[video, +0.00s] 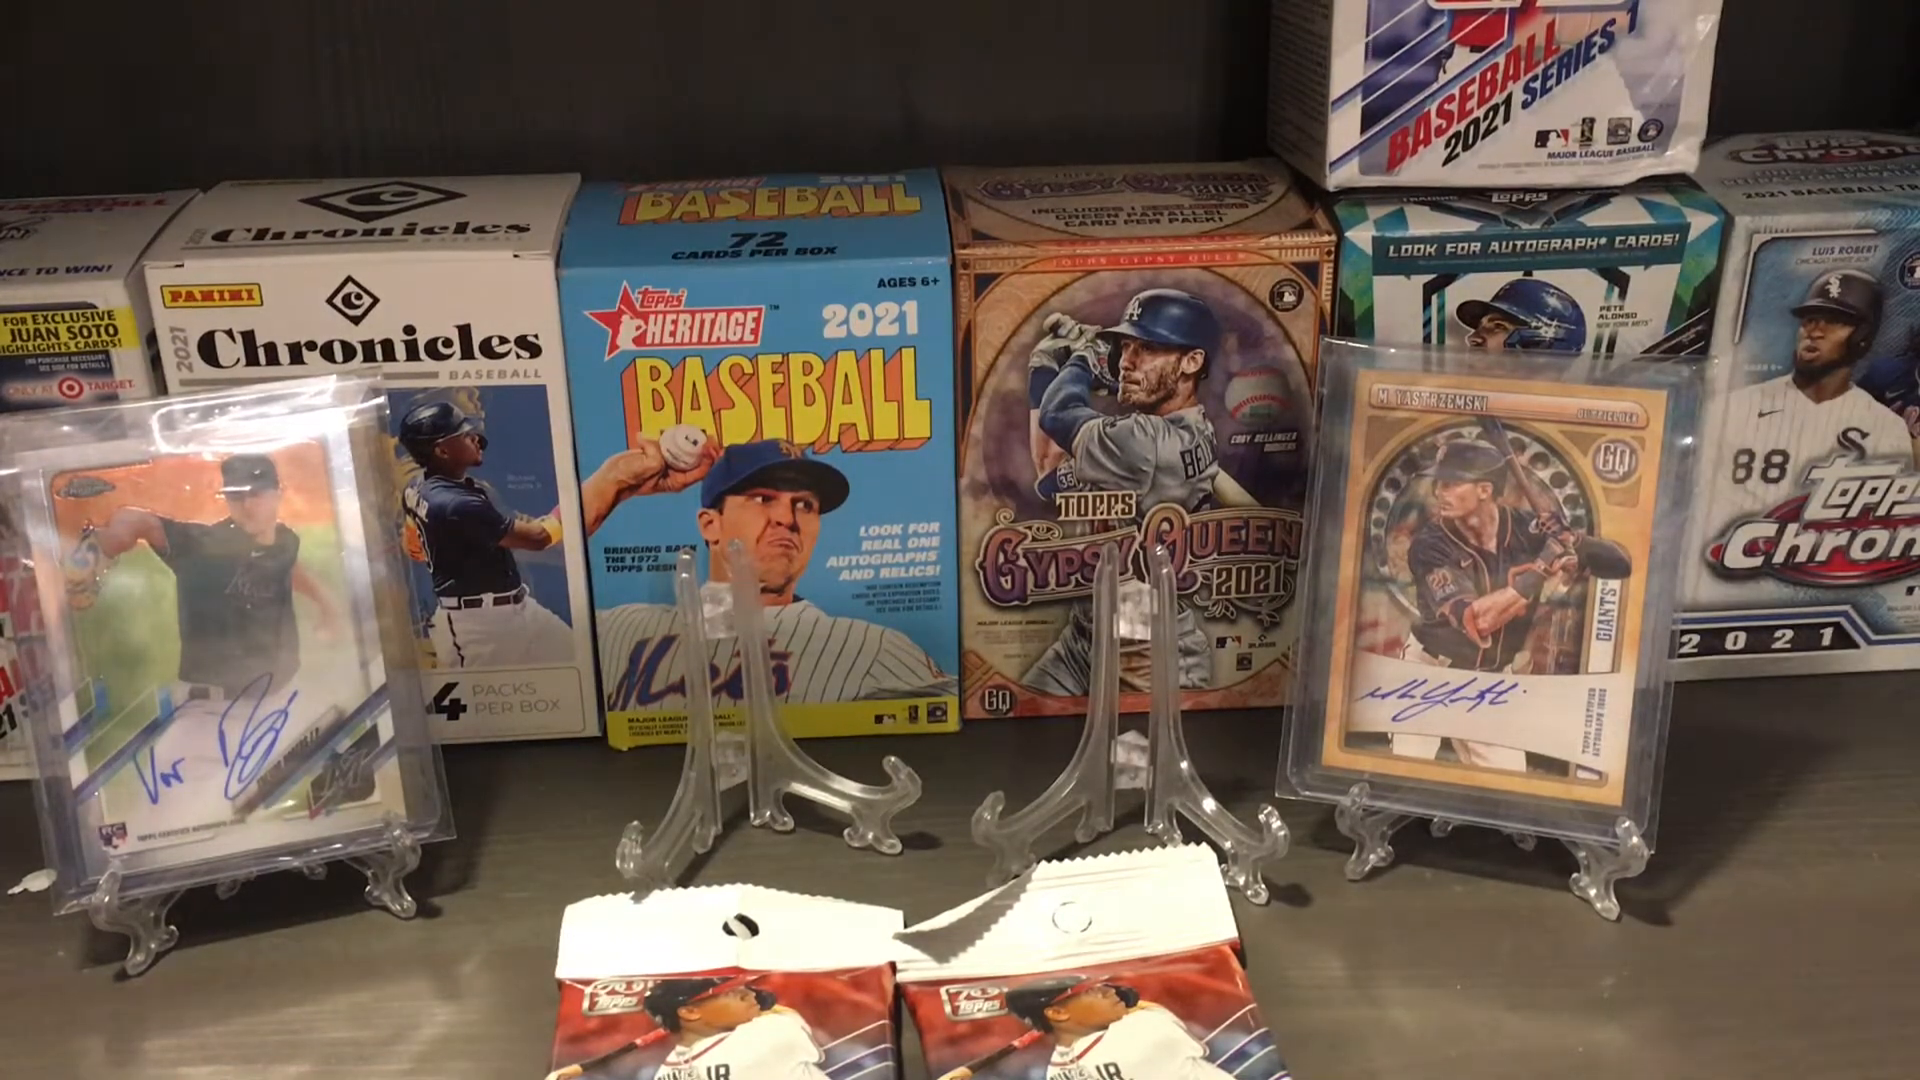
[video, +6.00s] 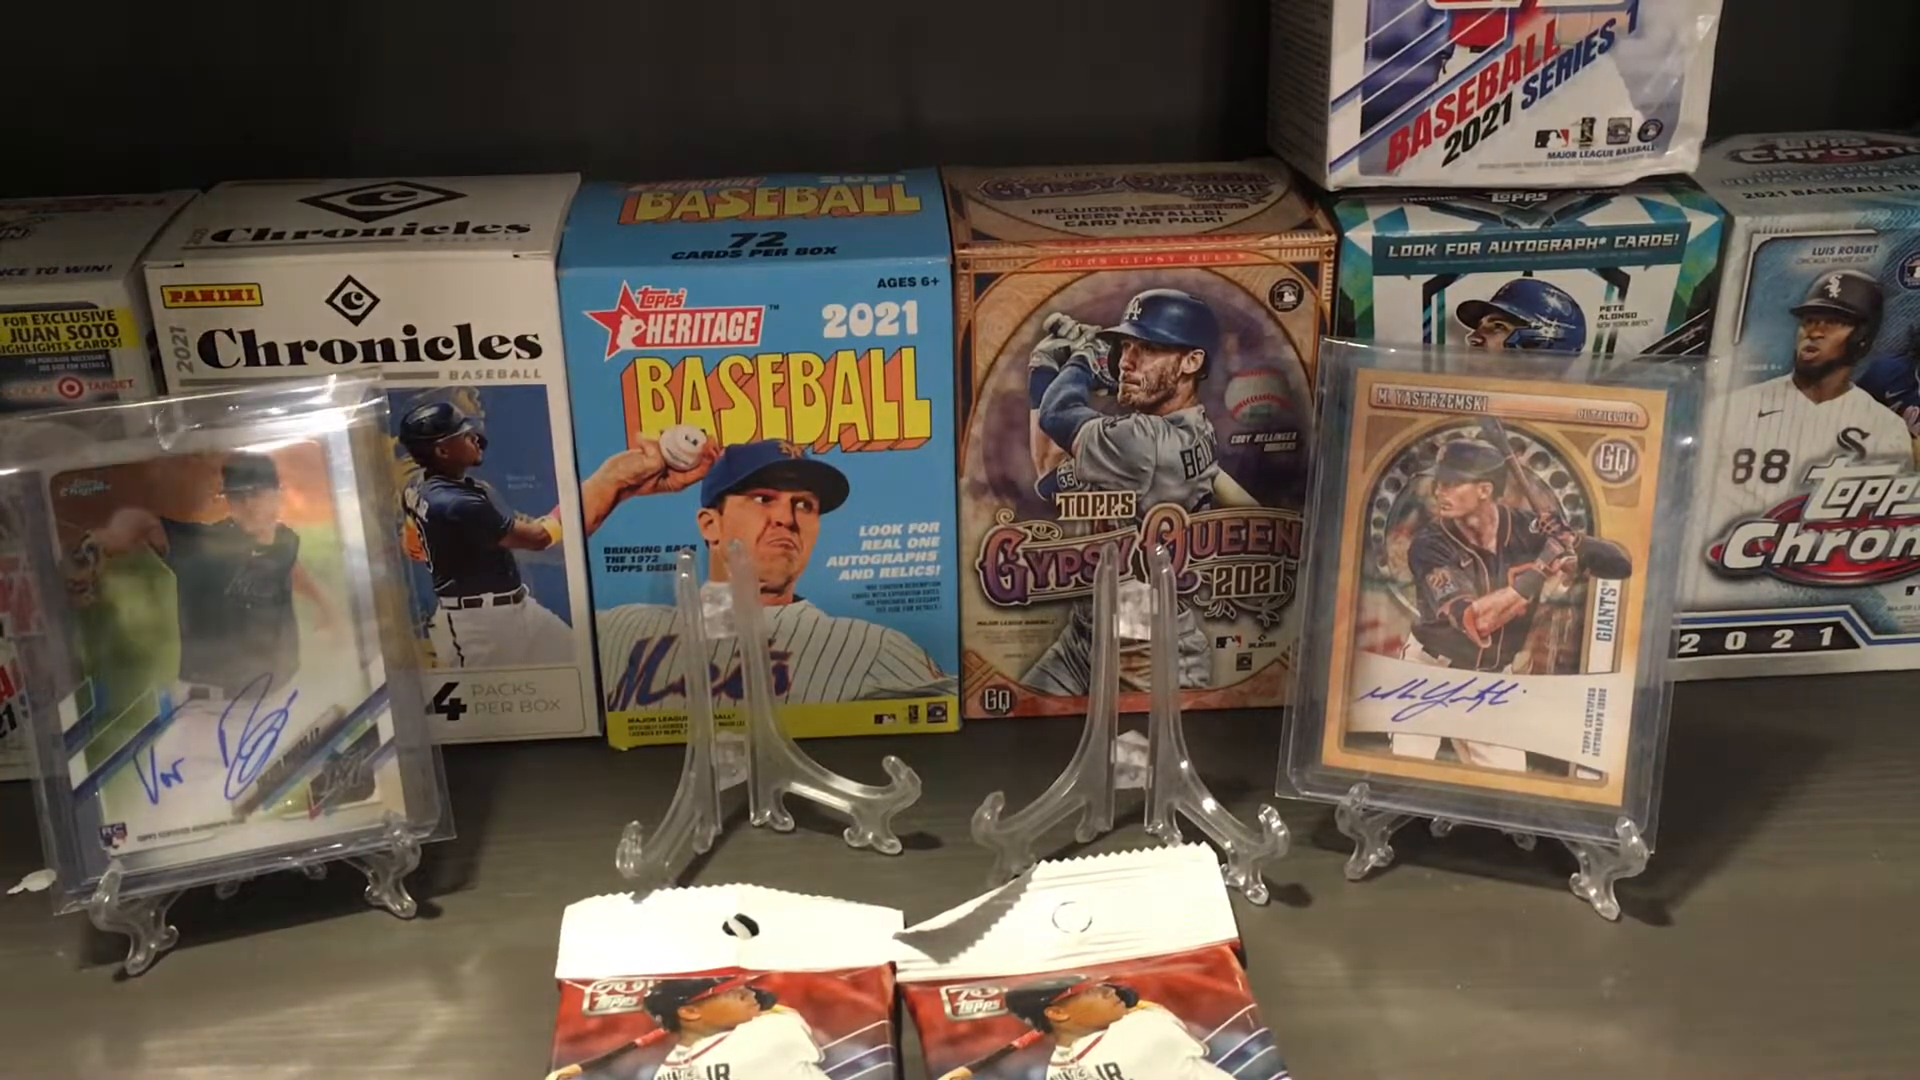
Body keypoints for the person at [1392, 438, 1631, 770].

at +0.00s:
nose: (1439, 492)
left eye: (1451, 484)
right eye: (1439, 483)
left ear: (1484, 491)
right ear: (1436, 486)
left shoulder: (1527, 528)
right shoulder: (1430, 541)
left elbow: (1622, 564)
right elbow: (1471, 621)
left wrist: (1574, 548)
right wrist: (1537, 572)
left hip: (1494, 677)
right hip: (1428, 669)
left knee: (1509, 789)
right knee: (1412, 772)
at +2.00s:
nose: (1439, 492)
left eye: (1451, 484)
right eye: (1439, 484)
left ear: (1484, 491)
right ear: (1435, 487)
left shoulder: (1526, 528)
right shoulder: (1430, 542)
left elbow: (1622, 564)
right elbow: (1475, 623)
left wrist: (1577, 551)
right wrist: (1539, 571)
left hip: (1495, 677)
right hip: (1429, 670)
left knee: (1509, 792)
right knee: (1410, 775)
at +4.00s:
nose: (1439, 492)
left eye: (1451, 484)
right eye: (1439, 483)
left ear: (1484, 490)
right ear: (1436, 486)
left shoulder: (1527, 528)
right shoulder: (1430, 540)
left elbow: (1622, 562)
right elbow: (1474, 622)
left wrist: (1574, 551)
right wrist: (1540, 569)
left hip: (1495, 676)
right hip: (1429, 668)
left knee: (1508, 787)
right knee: (1411, 772)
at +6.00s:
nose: (1439, 492)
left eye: (1452, 484)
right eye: (1439, 483)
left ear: (1484, 491)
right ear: (1436, 486)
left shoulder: (1528, 530)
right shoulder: (1430, 542)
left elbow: (1622, 565)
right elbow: (1473, 622)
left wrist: (1574, 547)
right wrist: (1538, 573)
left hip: (1495, 677)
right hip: (1429, 670)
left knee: (1510, 789)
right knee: (1411, 772)